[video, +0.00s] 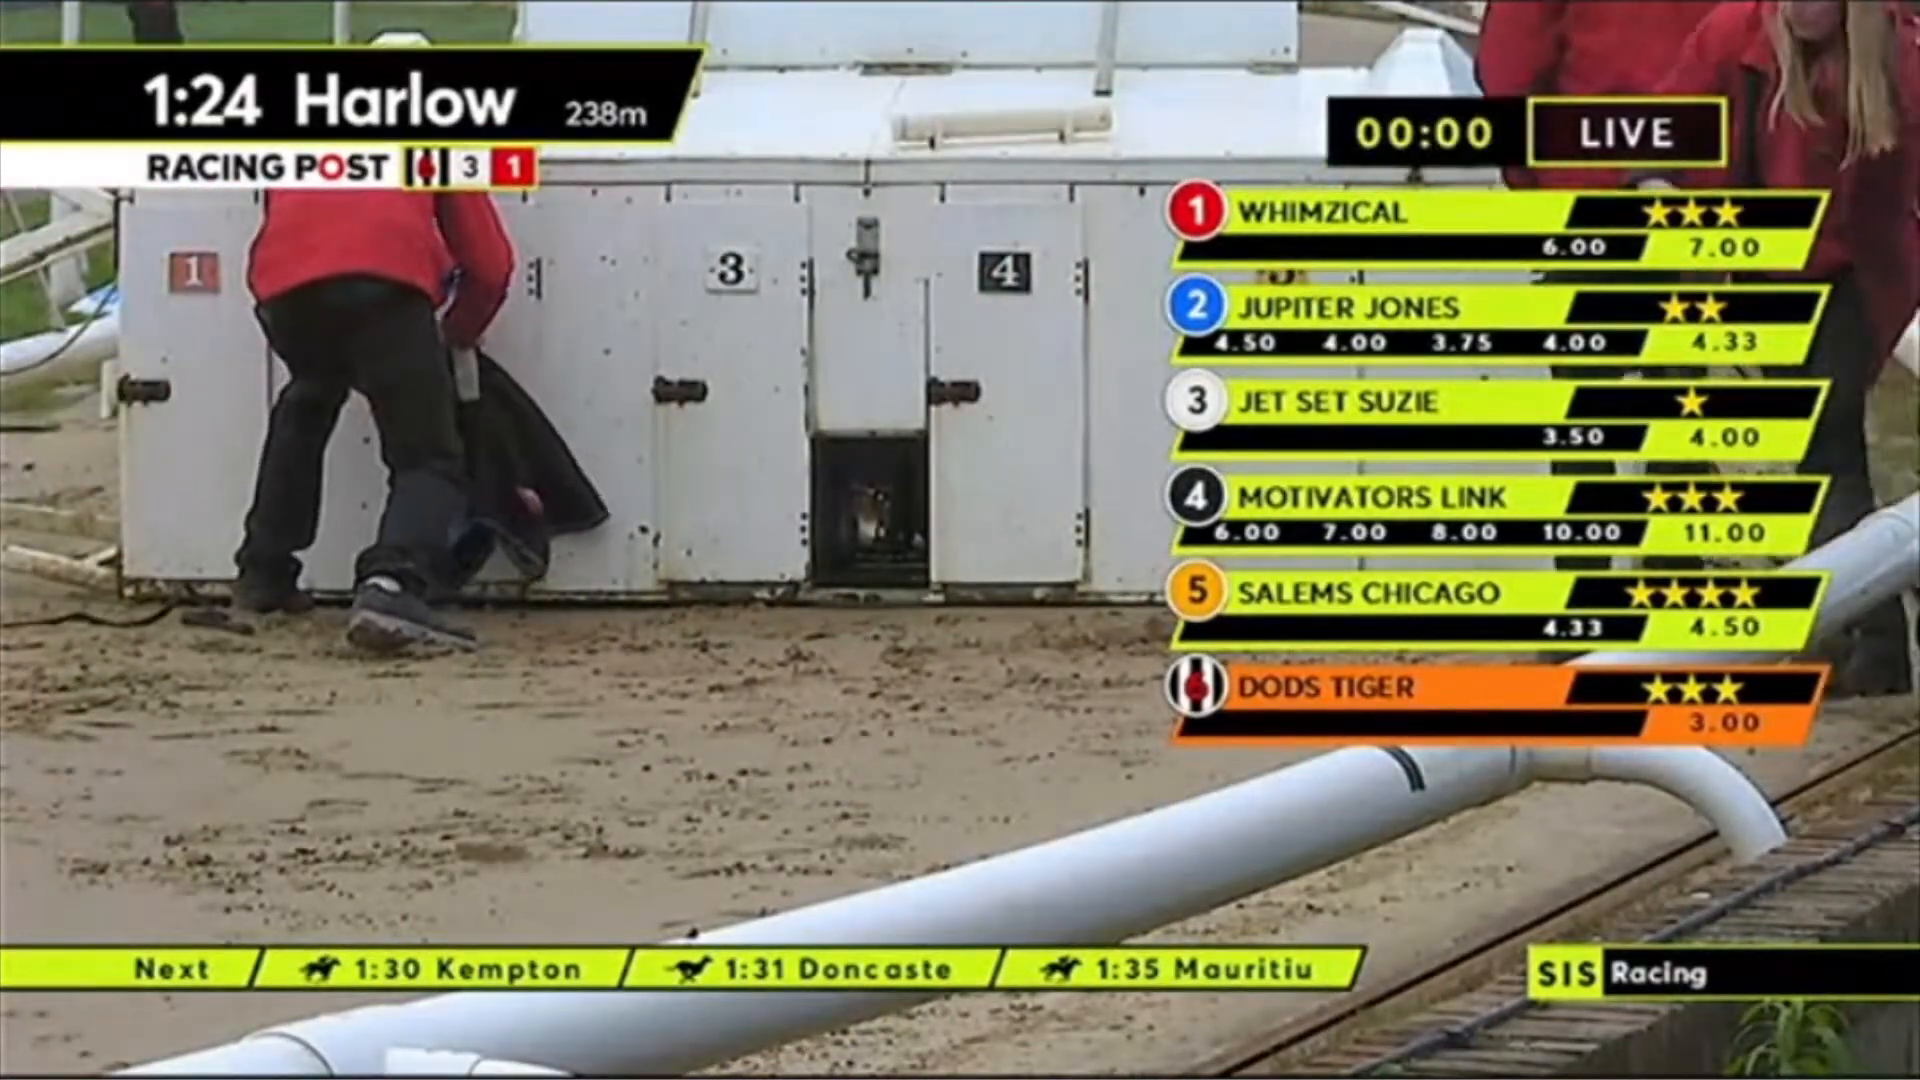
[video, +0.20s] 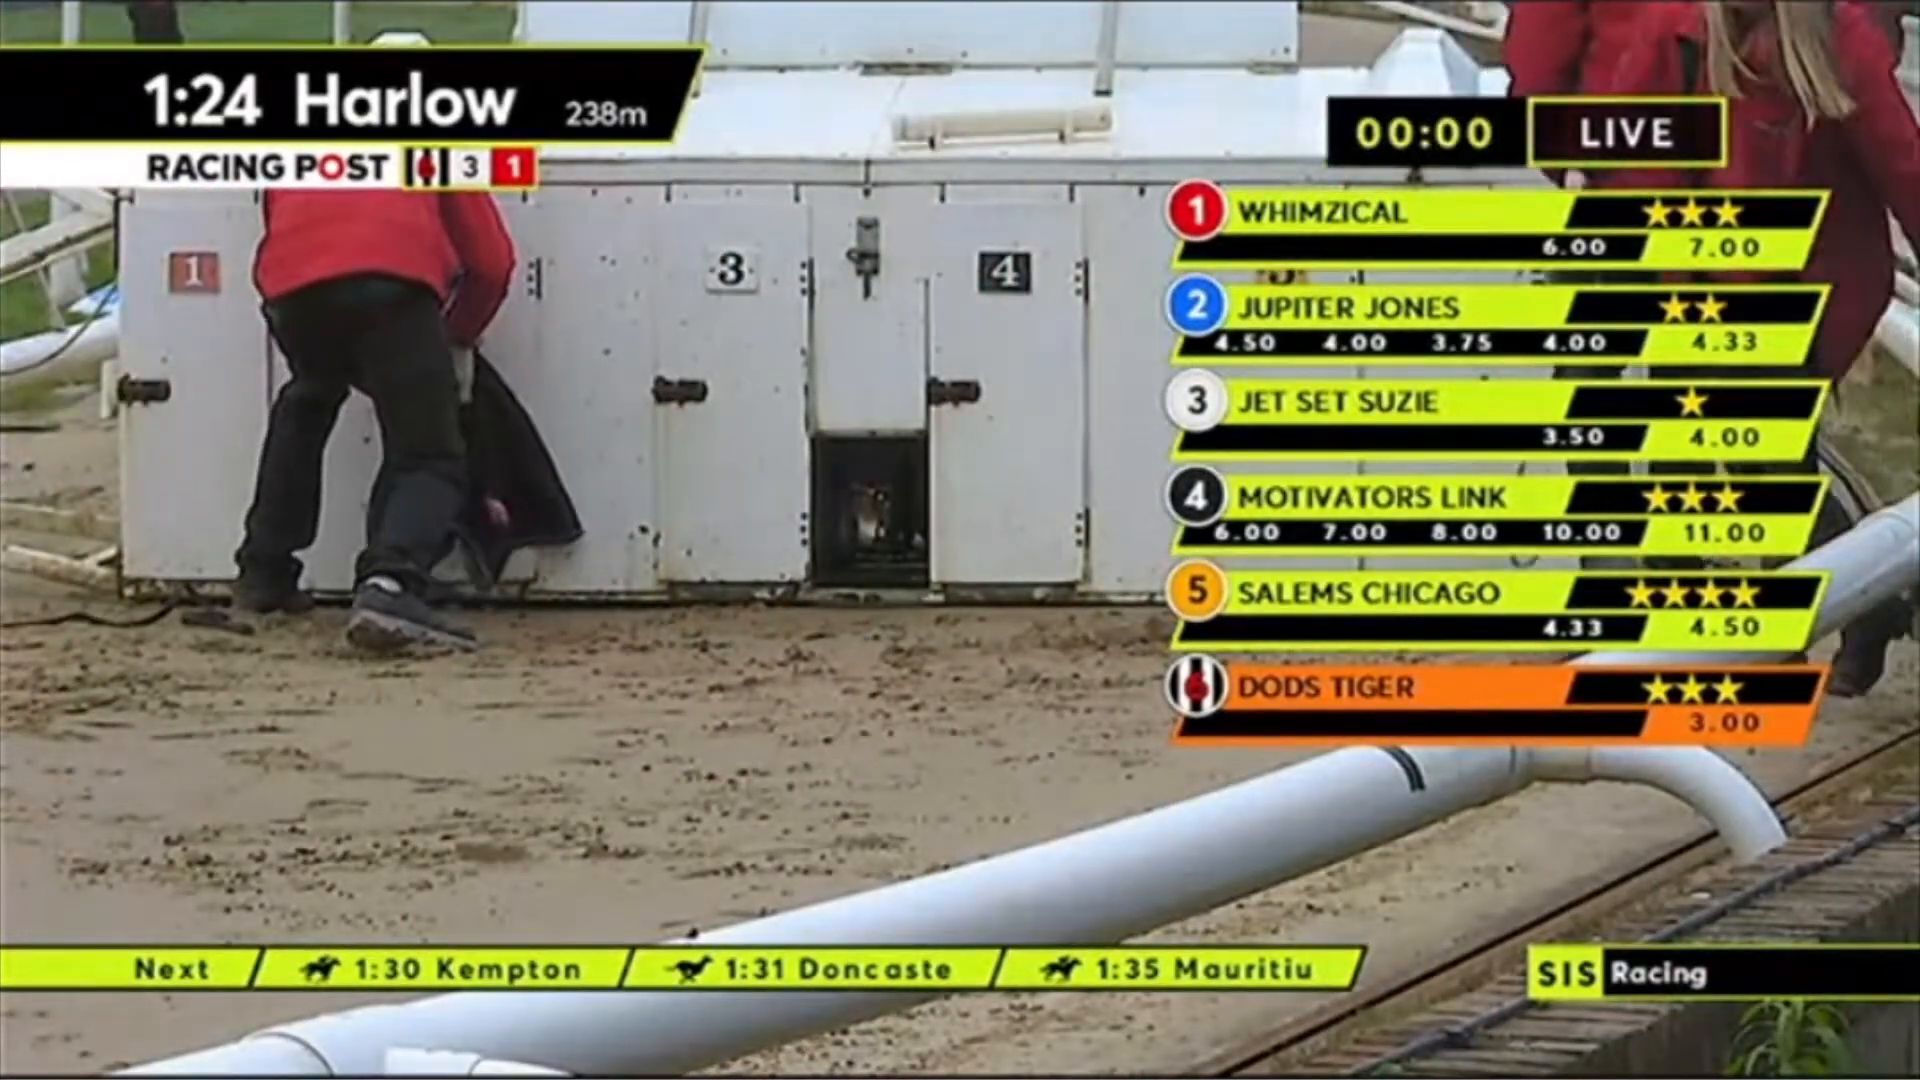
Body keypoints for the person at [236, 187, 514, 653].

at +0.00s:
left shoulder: (295, 163)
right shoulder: (435, 158)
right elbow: (492, 265)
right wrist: (455, 333)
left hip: (282, 286)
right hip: (385, 282)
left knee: (312, 386)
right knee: (427, 460)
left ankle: (263, 572)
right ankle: (391, 586)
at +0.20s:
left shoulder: (290, 164)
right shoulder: (435, 159)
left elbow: (278, 233)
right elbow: (494, 263)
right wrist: (456, 334)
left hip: (291, 287)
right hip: (391, 281)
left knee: (311, 388)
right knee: (428, 458)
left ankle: (263, 572)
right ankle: (389, 586)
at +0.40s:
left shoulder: (289, 164)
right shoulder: (434, 159)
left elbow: (279, 238)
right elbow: (494, 262)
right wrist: (450, 334)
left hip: (298, 292)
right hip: (400, 282)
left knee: (318, 391)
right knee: (437, 460)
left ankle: (265, 572)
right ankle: (394, 585)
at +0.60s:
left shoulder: (292, 163)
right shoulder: (435, 160)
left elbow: (281, 232)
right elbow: (493, 264)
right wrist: (448, 334)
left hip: (296, 294)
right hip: (397, 288)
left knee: (313, 388)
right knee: (436, 466)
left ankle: (266, 571)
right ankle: (394, 583)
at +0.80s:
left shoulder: (300, 163)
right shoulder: (440, 161)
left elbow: (273, 243)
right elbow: (488, 260)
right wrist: (457, 330)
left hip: (291, 271)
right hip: (389, 269)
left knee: (306, 383)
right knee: (417, 448)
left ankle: (271, 570)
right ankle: (396, 579)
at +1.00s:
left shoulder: (269, 176)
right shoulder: (432, 157)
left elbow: (238, 286)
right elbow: (503, 235)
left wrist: (263, 414)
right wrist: (456, 316)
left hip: (308, 248)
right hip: (410, 234)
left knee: (321, 388)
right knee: (414, 416)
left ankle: (289, 574)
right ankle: (411, 571)